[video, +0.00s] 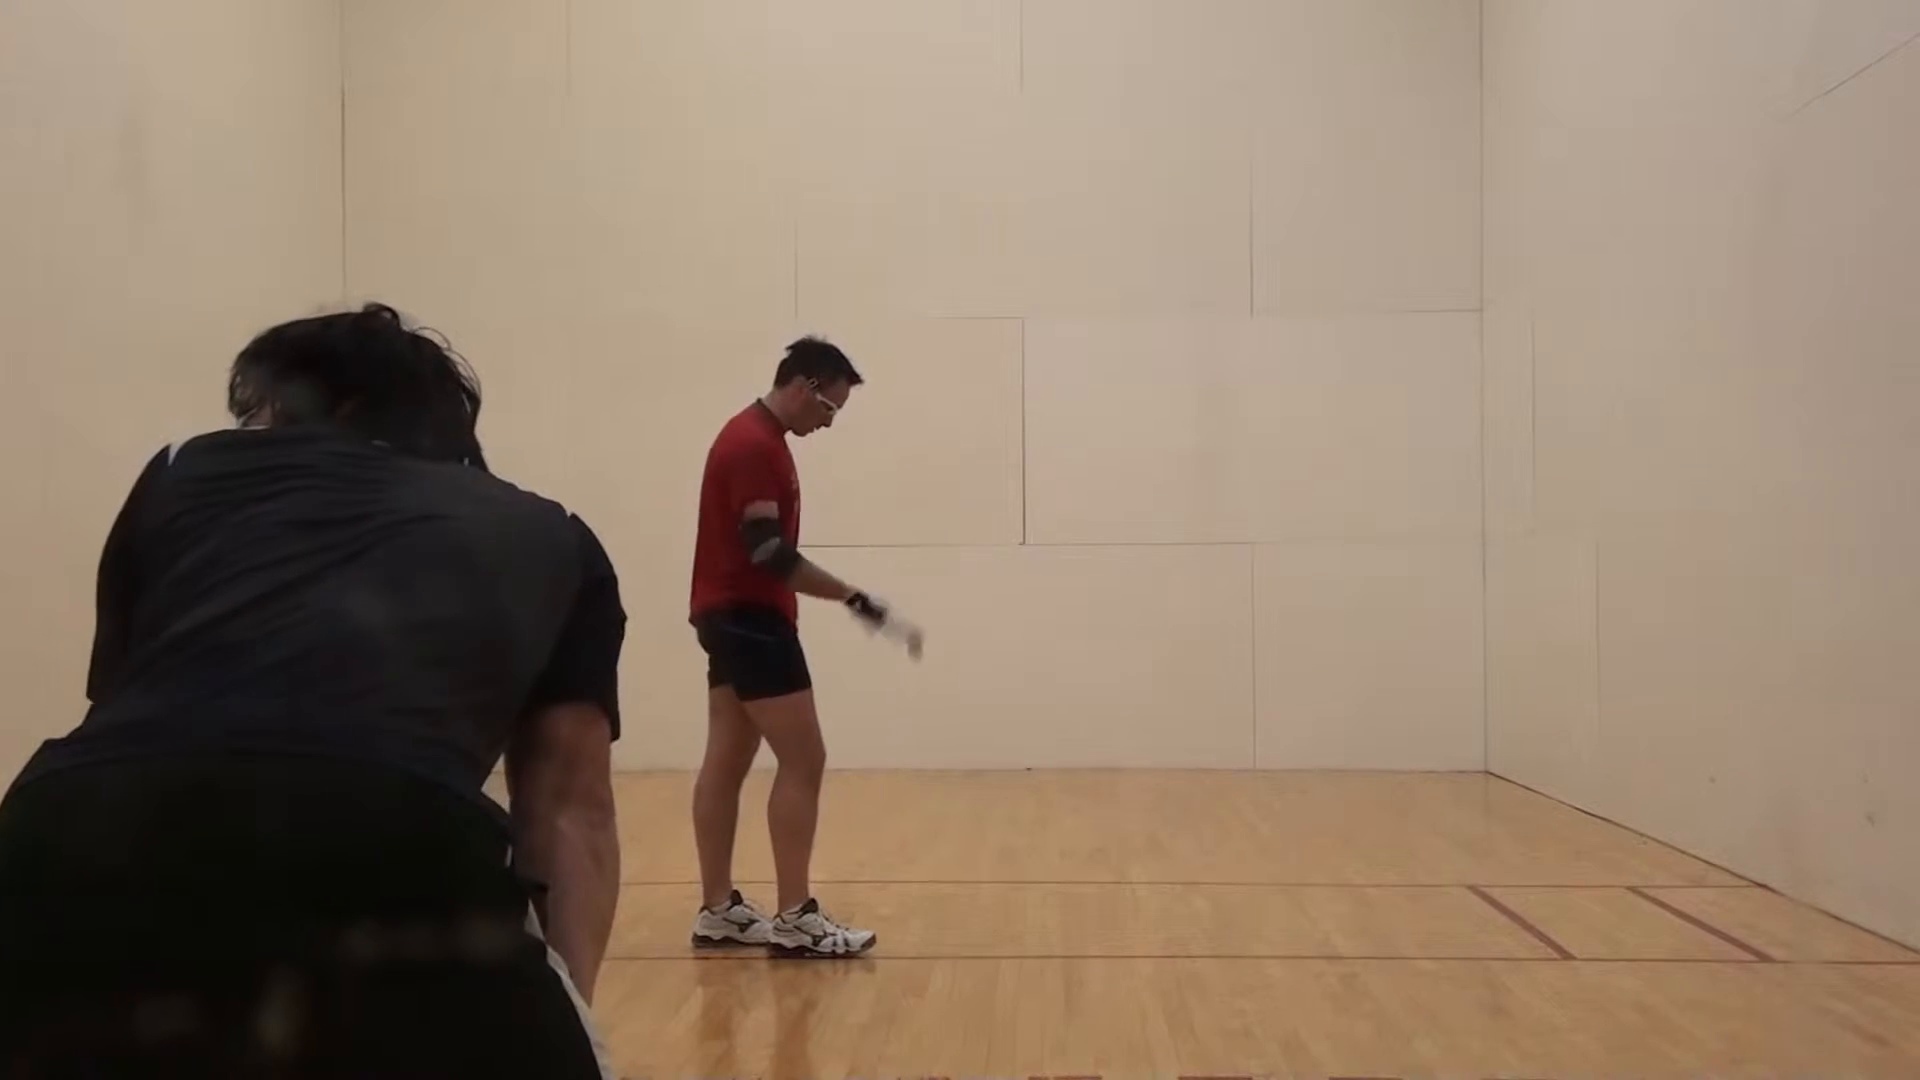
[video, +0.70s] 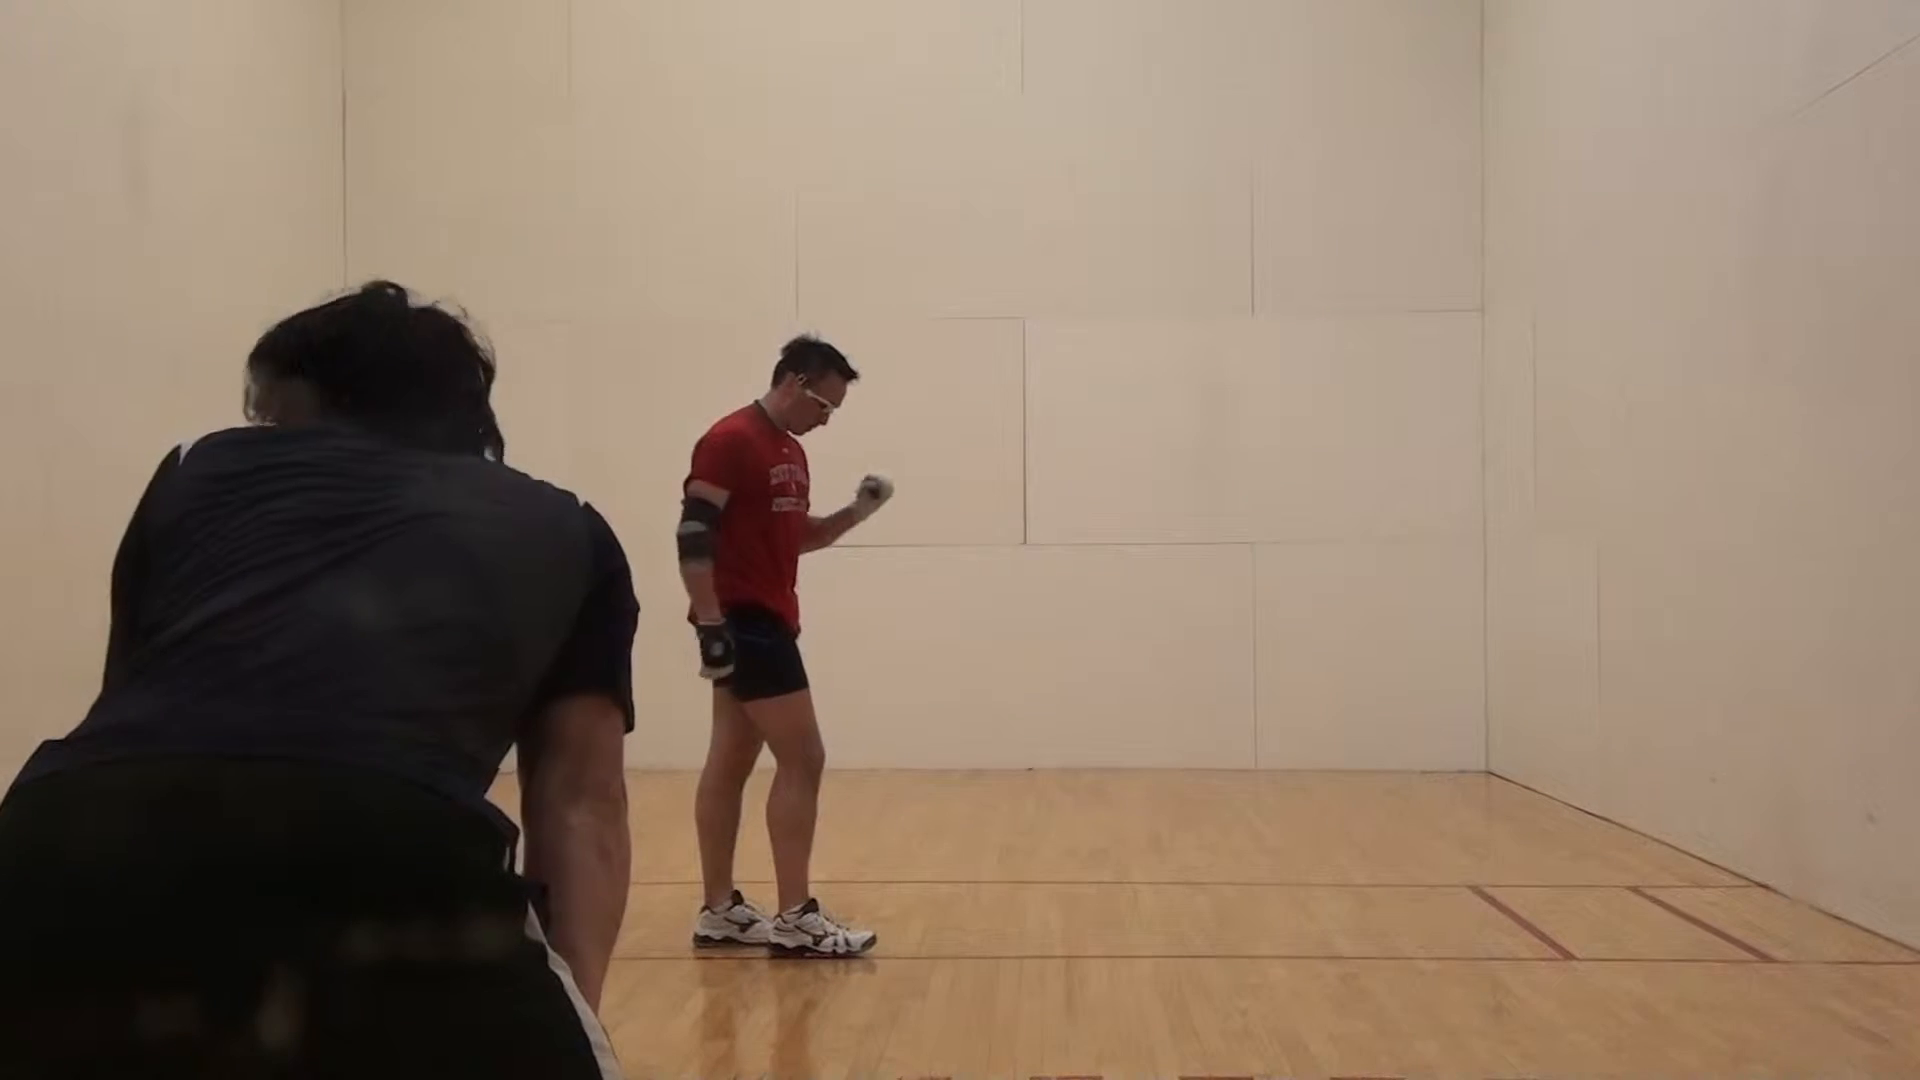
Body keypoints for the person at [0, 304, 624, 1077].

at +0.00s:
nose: (240, 430)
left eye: (252, 414)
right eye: (243, 416)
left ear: (285, 415)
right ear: (448, 438)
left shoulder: (180, 473)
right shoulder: (551, 535)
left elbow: (114, 708)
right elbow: (570, 806)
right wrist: (559, 1018)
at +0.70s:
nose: (254, 434)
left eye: (266, 416)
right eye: (258, 416)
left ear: (309, 412)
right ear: (465, 429)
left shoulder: (192, 470)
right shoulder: (563, 526)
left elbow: (128, 707)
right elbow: (582, 803)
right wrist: (568, 1023)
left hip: (75, 855)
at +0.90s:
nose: (534, 464)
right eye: (528, 446)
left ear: (306, 415)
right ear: (503, 431)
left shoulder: (190, 492)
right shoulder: (562, 524)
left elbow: (140, 709)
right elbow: (583, 795)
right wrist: (568, 1015)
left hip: (70, 851)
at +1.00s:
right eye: (513, 420)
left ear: (321, 413)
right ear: (496, 417)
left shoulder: (201, 502)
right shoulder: (564, 525)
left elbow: (148, 712)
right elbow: (586, 796)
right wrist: (565, 1018)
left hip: (63, 852)